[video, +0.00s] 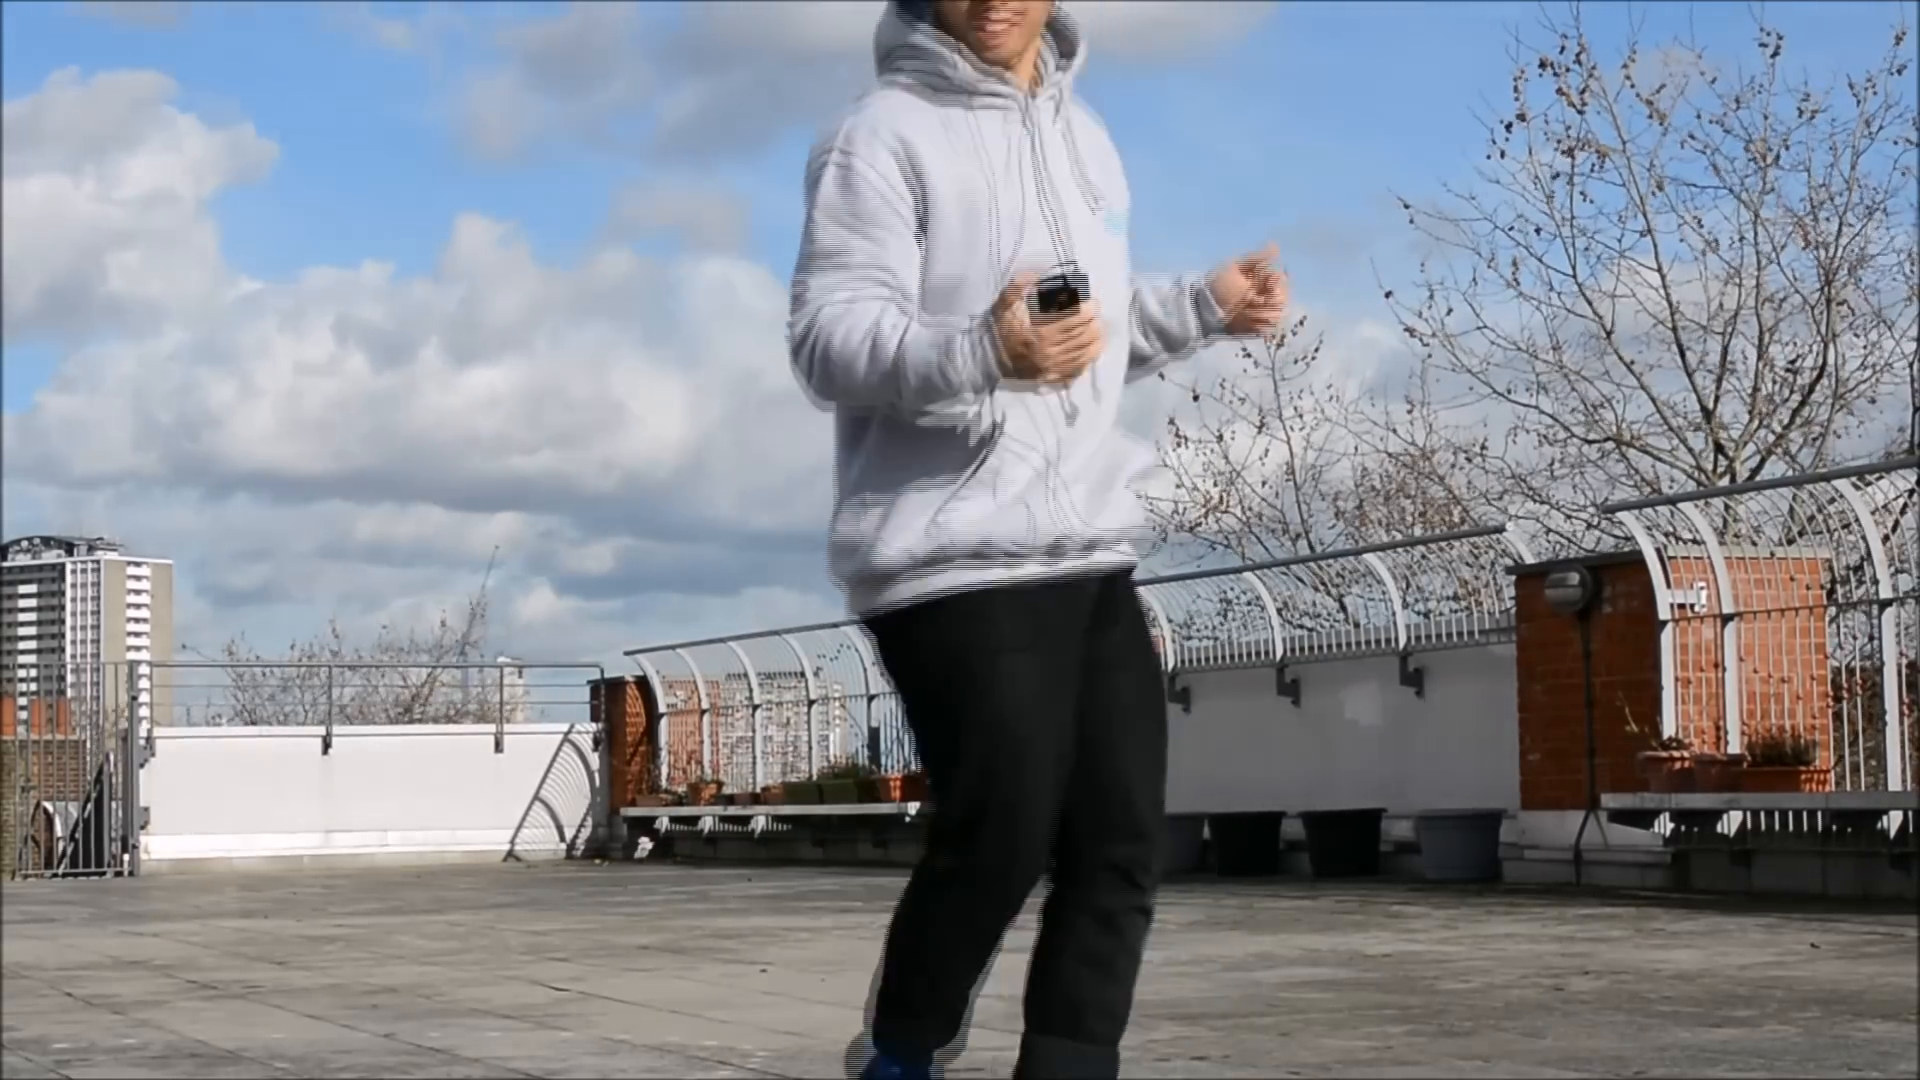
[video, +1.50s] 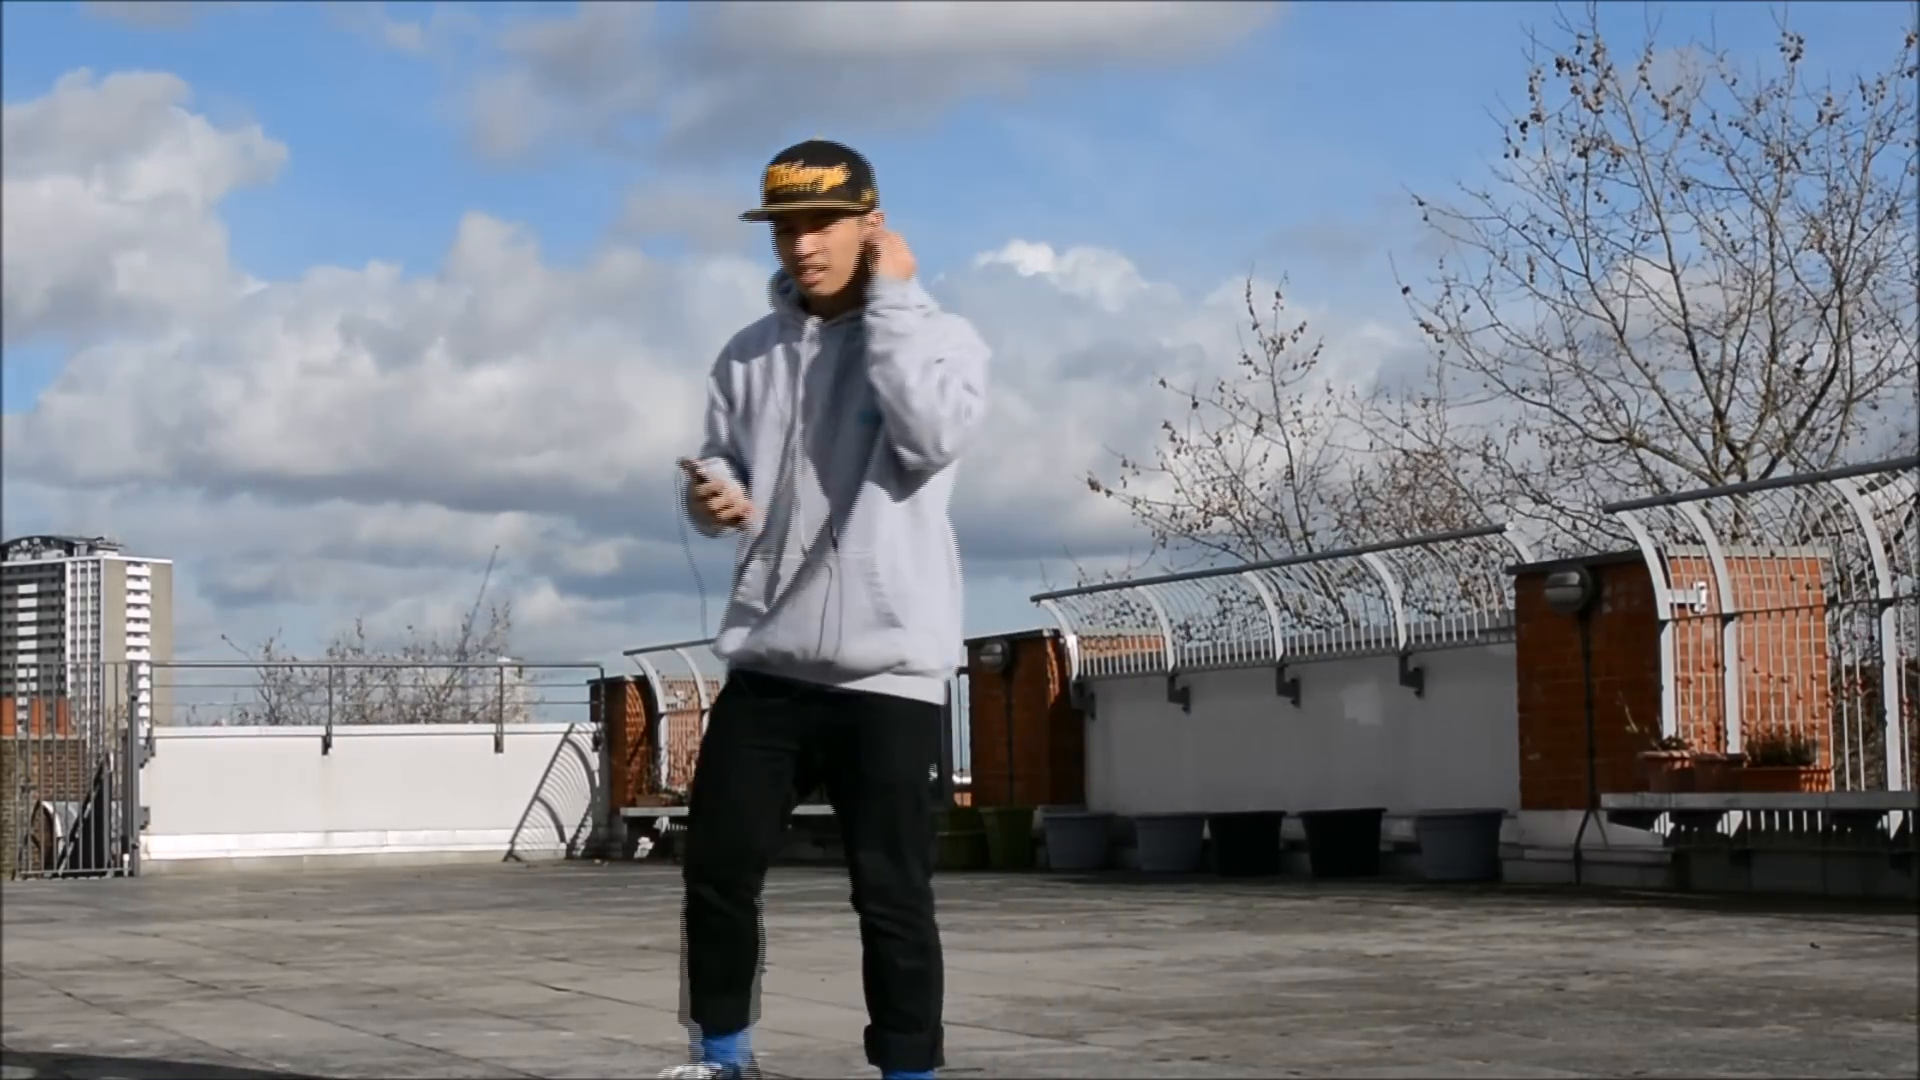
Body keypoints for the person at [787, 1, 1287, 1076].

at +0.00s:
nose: (998, 0)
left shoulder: (1088, 143)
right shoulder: (881, 134)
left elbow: (1095, 330)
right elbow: (831, 339)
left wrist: (1202, 306)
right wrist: (985, 352)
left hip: (1086, 555)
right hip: (942, 558)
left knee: (1118, 849)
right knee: (1002, 826)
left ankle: (1068, 1070)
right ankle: (898, 1057)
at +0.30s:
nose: (945, 148)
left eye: (970, 125)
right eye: (924, 126)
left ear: (1014, 135)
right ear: (898, 139)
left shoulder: (1098, 275)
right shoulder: (846, 297)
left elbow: (1142, 477)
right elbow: (801, 463)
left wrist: (1147, 437)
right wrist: (843, 499)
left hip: (1055, 628)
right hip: (912, 631)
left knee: (1047, 877)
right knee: (951, 887)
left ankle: (1034, 1051)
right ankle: (935, 1072)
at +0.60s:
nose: (932, 204)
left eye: (956, 183)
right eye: (914, 183)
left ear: (999, 194)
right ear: (893, 195)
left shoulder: (1070, 316)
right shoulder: (849, 330)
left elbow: (1135, 446)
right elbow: (814, 463)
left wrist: (1107, 466)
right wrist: (830, 497)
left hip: (1030, 649)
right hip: (896, 650)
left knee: (1013, 882)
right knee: (878, 877)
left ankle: (1014, 1069)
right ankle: (888, 1022)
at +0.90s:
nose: (885, 257)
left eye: (907, 237)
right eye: (867, 239)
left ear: (948, 248)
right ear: (848, 253)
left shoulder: (1016, 367)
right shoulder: (808, 379)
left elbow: (1056, 535)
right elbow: (770, 510)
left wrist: (1050, 483)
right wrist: (794, 532)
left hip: (982, 654)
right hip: (866, 666)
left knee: (956, 859)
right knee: (898, 876)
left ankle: (988, 1066)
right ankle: (937, 1057)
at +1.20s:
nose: (850, 246)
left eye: (871, 226)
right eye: (834, 228)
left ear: (916, 232)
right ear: (818, 238)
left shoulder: (965, 334)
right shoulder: (784, 357)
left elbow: (1010, 447)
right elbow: (749, 483)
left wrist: (951, 306)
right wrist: (763, 511)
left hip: (930, 650)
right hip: (817, 652)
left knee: (908, 875)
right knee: (811, 870)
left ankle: (913, 1069)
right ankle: (890, 1038)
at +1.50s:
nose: (799, 246)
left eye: (820, 226)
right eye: (785, 229)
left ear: (871, 228)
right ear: (774, 238)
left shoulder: (937, 335)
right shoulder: (750, 354)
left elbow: (927, 440)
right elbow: (713, 477)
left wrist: (893, 296)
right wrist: (713, 500)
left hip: (891, 660)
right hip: (771, 657)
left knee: (890, 881)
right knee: (718, 858)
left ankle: (908, 1069)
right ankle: (721, 1055)